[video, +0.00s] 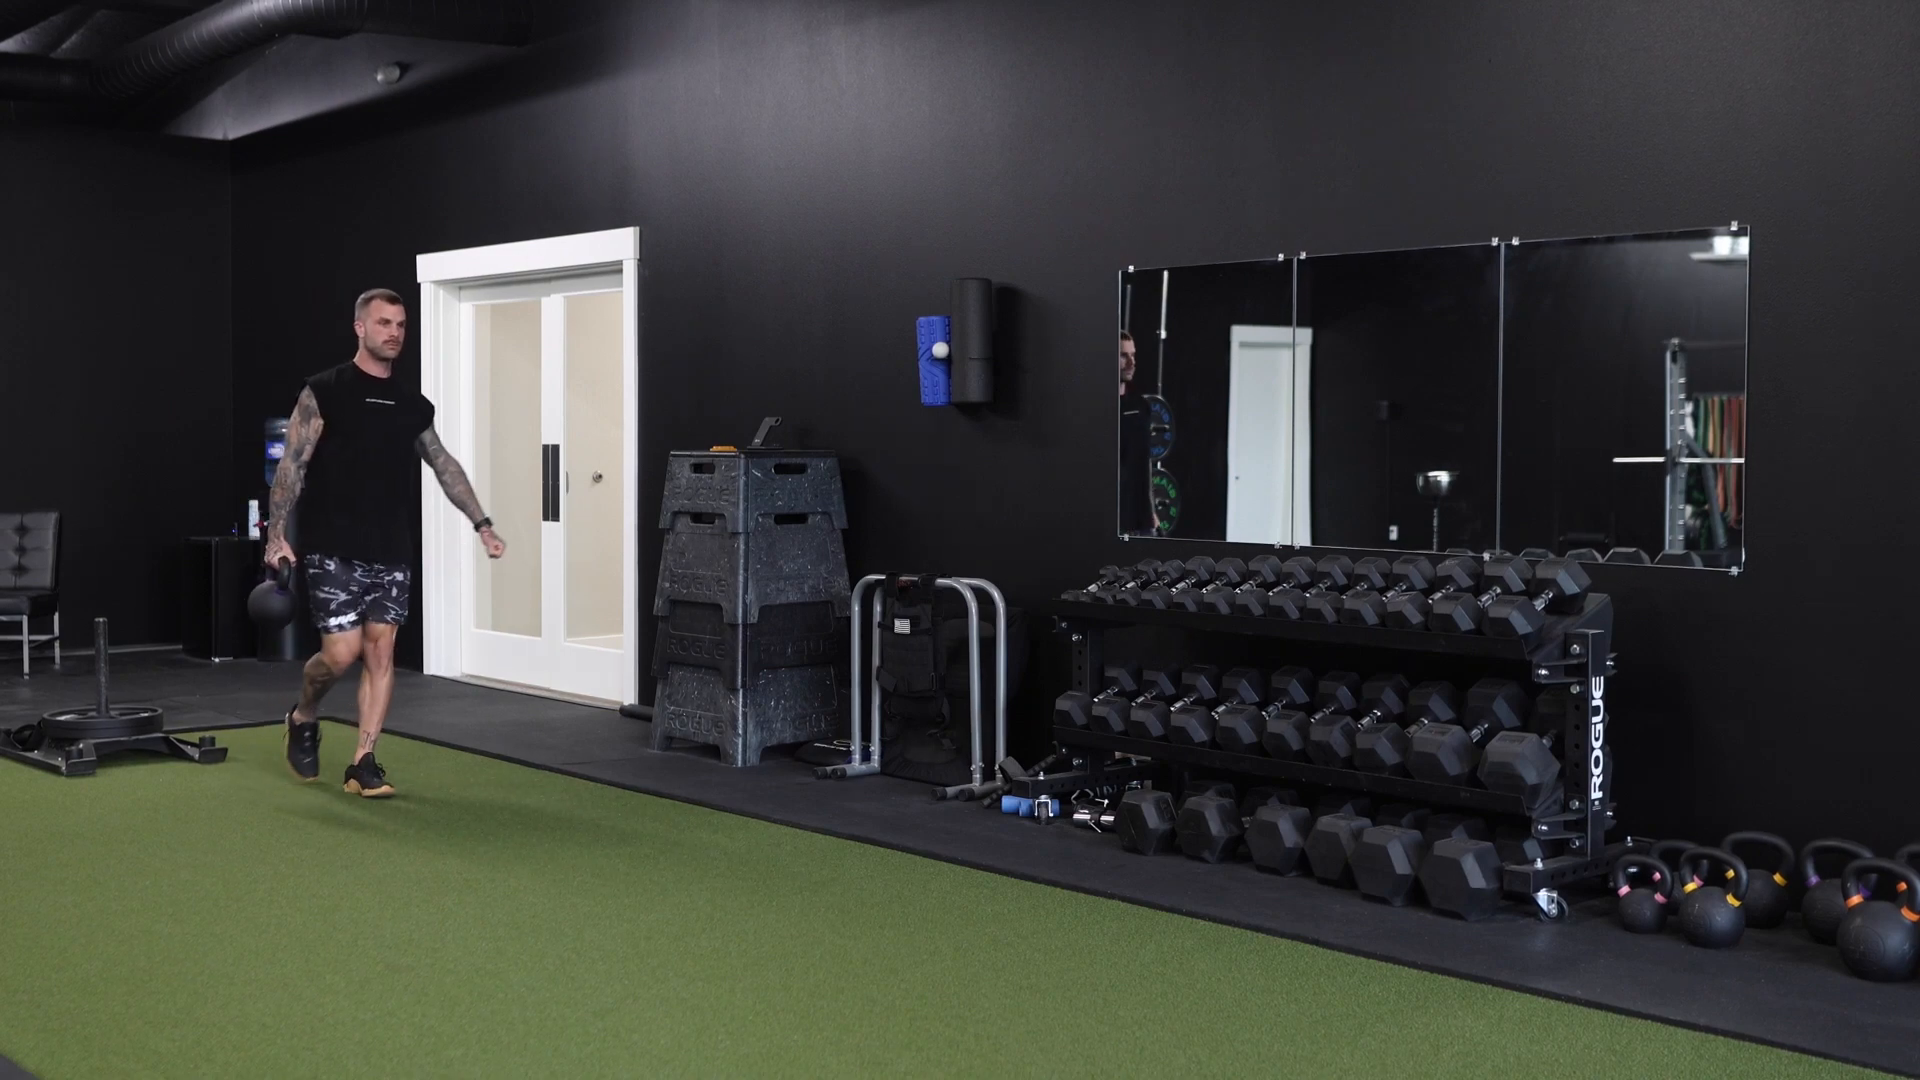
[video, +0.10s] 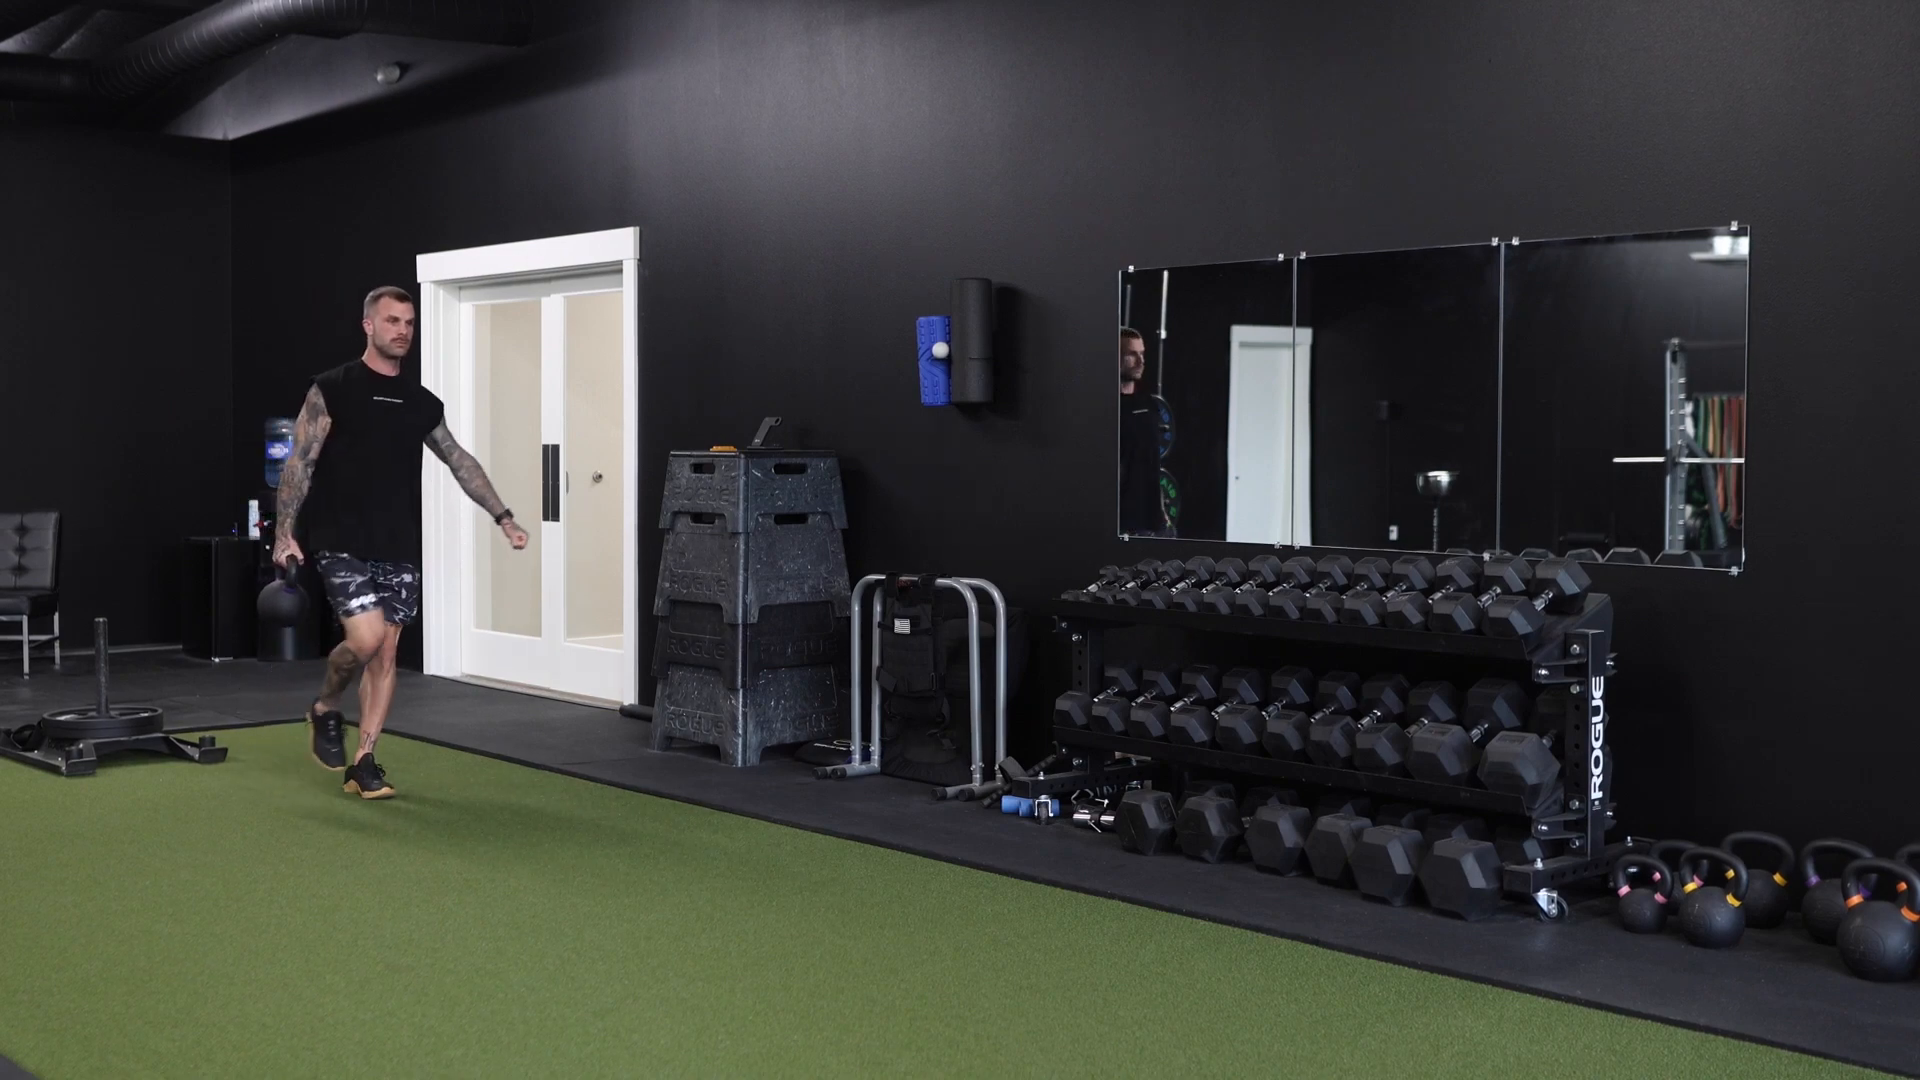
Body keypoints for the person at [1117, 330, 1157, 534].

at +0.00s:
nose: (1131, 362)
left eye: (1133, 356)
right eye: (1123, 356)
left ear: (1136, 358)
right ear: (1111, 358)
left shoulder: (1138, 406)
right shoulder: (1100, 404)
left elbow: (1142, 462)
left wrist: (1149, 513)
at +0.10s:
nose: (1140, 361)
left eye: (1142, 354)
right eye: (1132, 355)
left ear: (1145, 356)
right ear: (1115, 358)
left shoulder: (1148, 406)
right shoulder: (1105, 405)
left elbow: (1151, 467)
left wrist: (1160, 520)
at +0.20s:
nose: (1151, 360)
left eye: (1153, 353)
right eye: (1142, 353)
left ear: (1155, 355)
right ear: (1122, 357)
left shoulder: (1159, 405)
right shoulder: (1113, 404)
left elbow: (1164, 462)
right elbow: (1105, 461)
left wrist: (1171, 511)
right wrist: (1108, 521)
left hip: (1159, 520)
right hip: (1122, 520)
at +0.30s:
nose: (1163, 359)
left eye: (1165, 353)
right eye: (1154, 353)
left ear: (1168, 356)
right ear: (1132, 357)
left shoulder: (1171, 404)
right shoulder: (1119, 403)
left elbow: (1175, 460)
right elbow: (1109, 461)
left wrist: (1184, 512)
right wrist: (1112, 520)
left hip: (1167, 522)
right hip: (1129, 522)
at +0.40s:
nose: (1176, 359)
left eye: (1178, 353)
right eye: (1167, 353)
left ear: (1180, 355)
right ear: (1145, 357)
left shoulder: (1182, 405)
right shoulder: (1130, 407)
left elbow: (1188, 461)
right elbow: (1107, 456)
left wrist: (1198, 516)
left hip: (1181, 524)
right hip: (1140, 525)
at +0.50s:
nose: (1191, 359)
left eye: (1193, 352)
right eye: (1182, 352)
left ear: (1196, 354)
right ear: (1159, 357)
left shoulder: (1199, 406)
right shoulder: (1143, 407)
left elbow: (1204, 465)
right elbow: (1116, 458)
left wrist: (1211, 513)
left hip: (1194, 524)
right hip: (1152, 525)